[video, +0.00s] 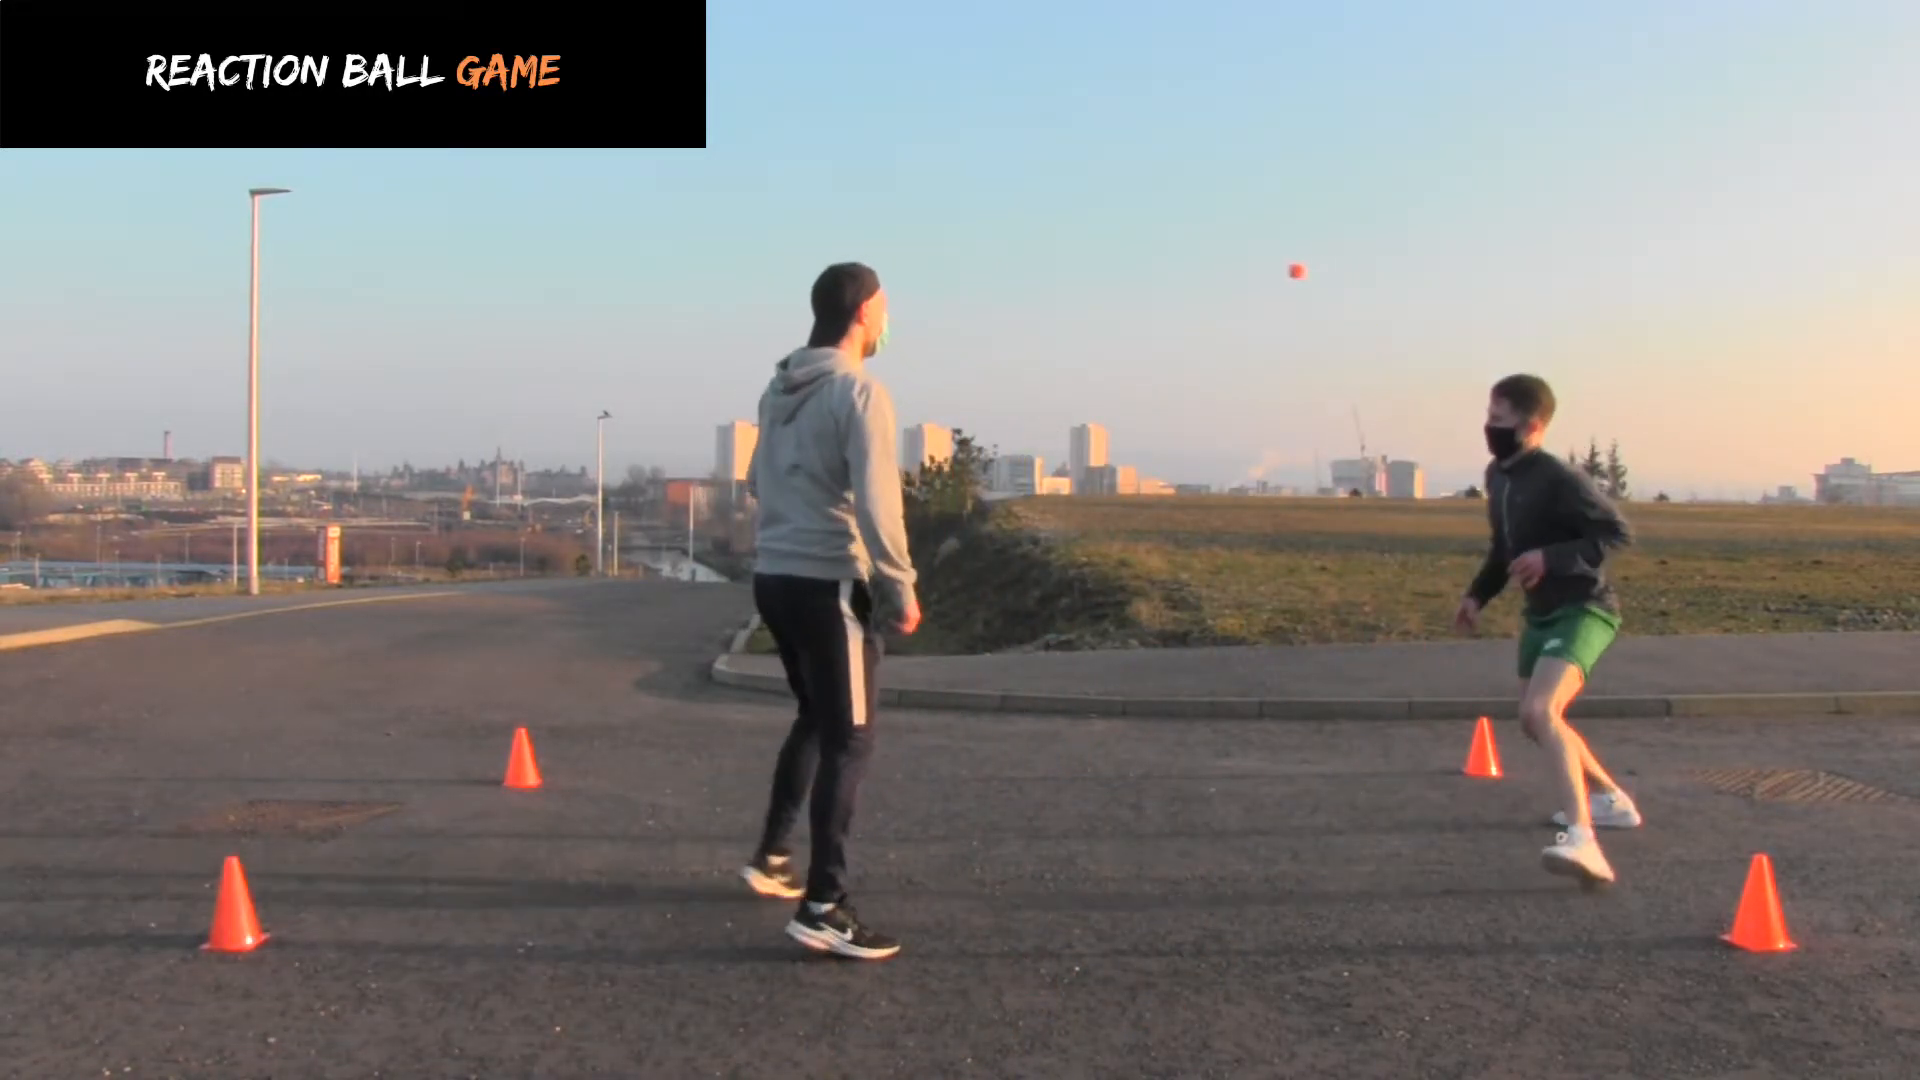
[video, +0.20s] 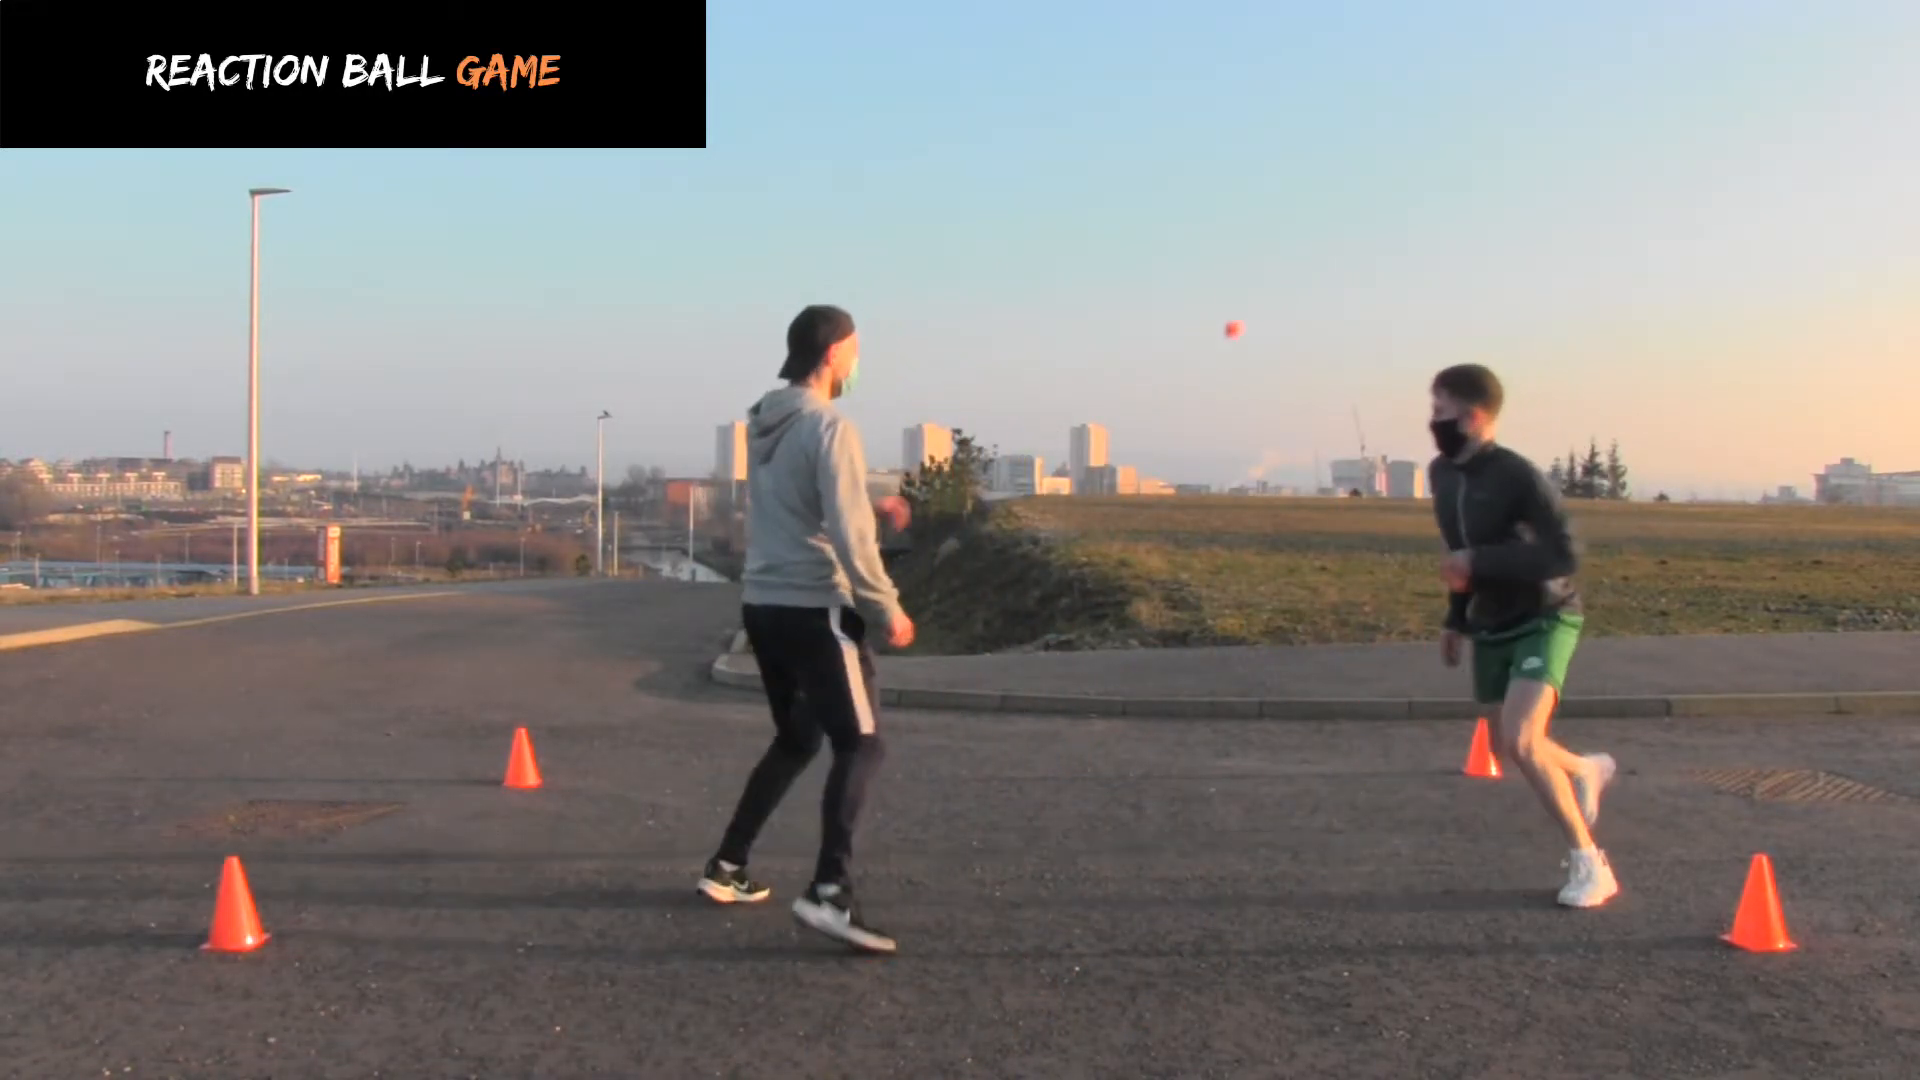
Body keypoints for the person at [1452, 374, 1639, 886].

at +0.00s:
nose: (1490, 429)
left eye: (1502, 422)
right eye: (1490, 419)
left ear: (1534, 426)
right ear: (1490, 416)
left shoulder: (1556, 476)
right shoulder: (1499, 478)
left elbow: (1616, 533)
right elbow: (1505, 547)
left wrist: (1551, 557)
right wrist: (1476, 596)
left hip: (1584, 609)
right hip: (1540, 614)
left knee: (1541, 711)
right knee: (1538, 717)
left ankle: (1582, 838)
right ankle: (1611, 797)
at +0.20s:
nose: (1434, 422)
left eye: (1443, 412)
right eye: (1433, 411)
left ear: (1479, 414)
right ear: (1446, 412)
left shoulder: (1517, 474)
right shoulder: (1443, 476)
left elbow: (1562, 555)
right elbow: (1464, 555)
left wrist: (1476, 562)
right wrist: (1455, 621)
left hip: (1546, 617)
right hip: (1491, 624)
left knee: (1522, 738)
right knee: (1509, 744)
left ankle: (1589, 860)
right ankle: (1588, 769)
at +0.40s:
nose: (1314, 376)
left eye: (1319, 364)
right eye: (1314, 364)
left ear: (1346, 365)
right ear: (1355, 365)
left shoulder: (1389, 420)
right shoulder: (1355, 427)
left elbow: (1394, 513)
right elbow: (1376, 506)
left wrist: (1325, 468)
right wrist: (1335, 471)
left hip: (1454, 602)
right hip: (1399, 603)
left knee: (1494, 736)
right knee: (1355, 720)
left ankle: (1579, 838)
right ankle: (1435, 846)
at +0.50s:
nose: (1258, 363)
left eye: (1262, 351)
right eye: (1258, 352)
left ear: (1286, 351)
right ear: (1300, 351)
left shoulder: (1326, 404)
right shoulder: (1300, 413)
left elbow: (1331, 500)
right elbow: (1318, 491)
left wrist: (1268, 457)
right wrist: (1278, 443)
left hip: (1398, 594)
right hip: (1342, 599)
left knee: (1450, 735)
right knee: (1309, 731)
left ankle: (1557, 808)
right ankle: (1324, 885)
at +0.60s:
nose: (1171, 390)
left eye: (1179, 378)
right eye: (1173, 379)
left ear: (1201, 381)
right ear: (1214, 381)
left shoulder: (1242, 436)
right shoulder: (1207, 449)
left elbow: (1257, 528)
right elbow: (1241, 535)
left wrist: (1184, 504)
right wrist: (1189, 511)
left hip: (1302, 634)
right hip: (1246, 639)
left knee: (1342, 784)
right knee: (1202, 762)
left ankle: (1481, 773)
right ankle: (1253, 919)